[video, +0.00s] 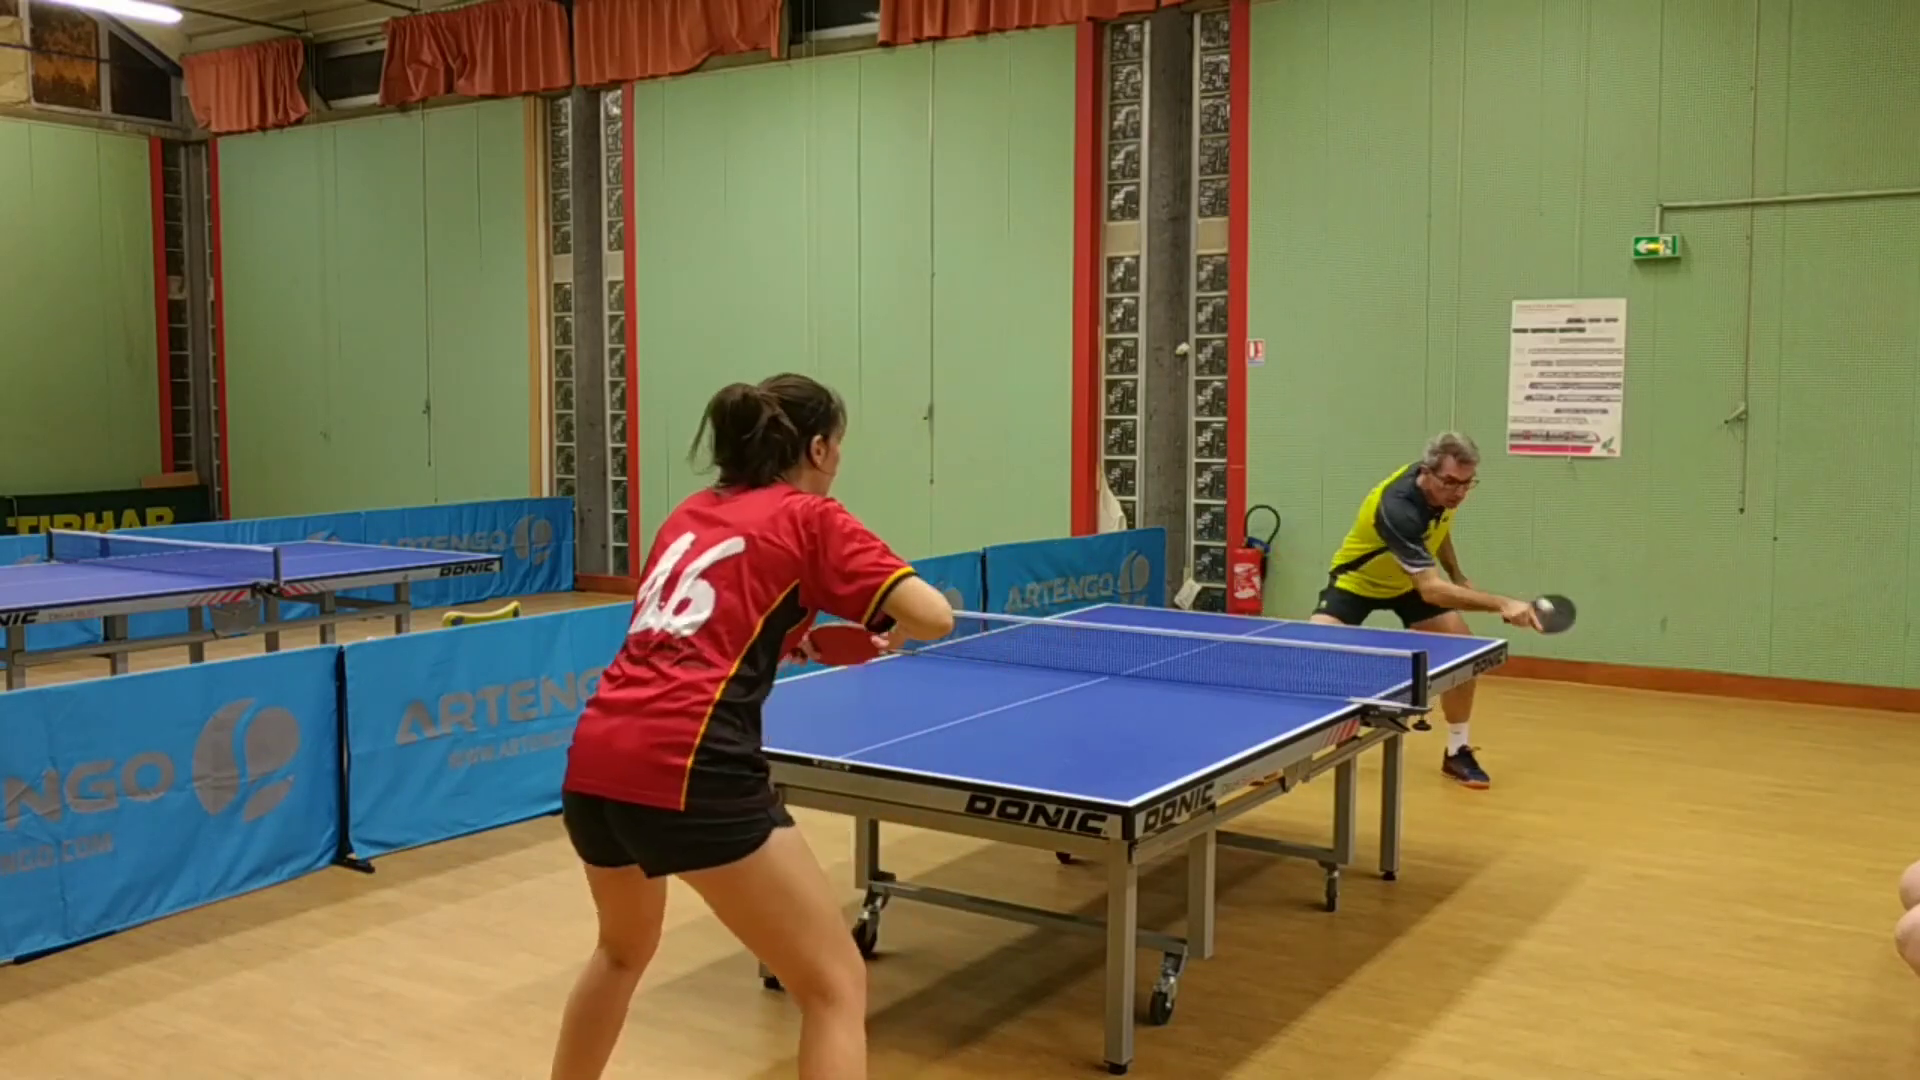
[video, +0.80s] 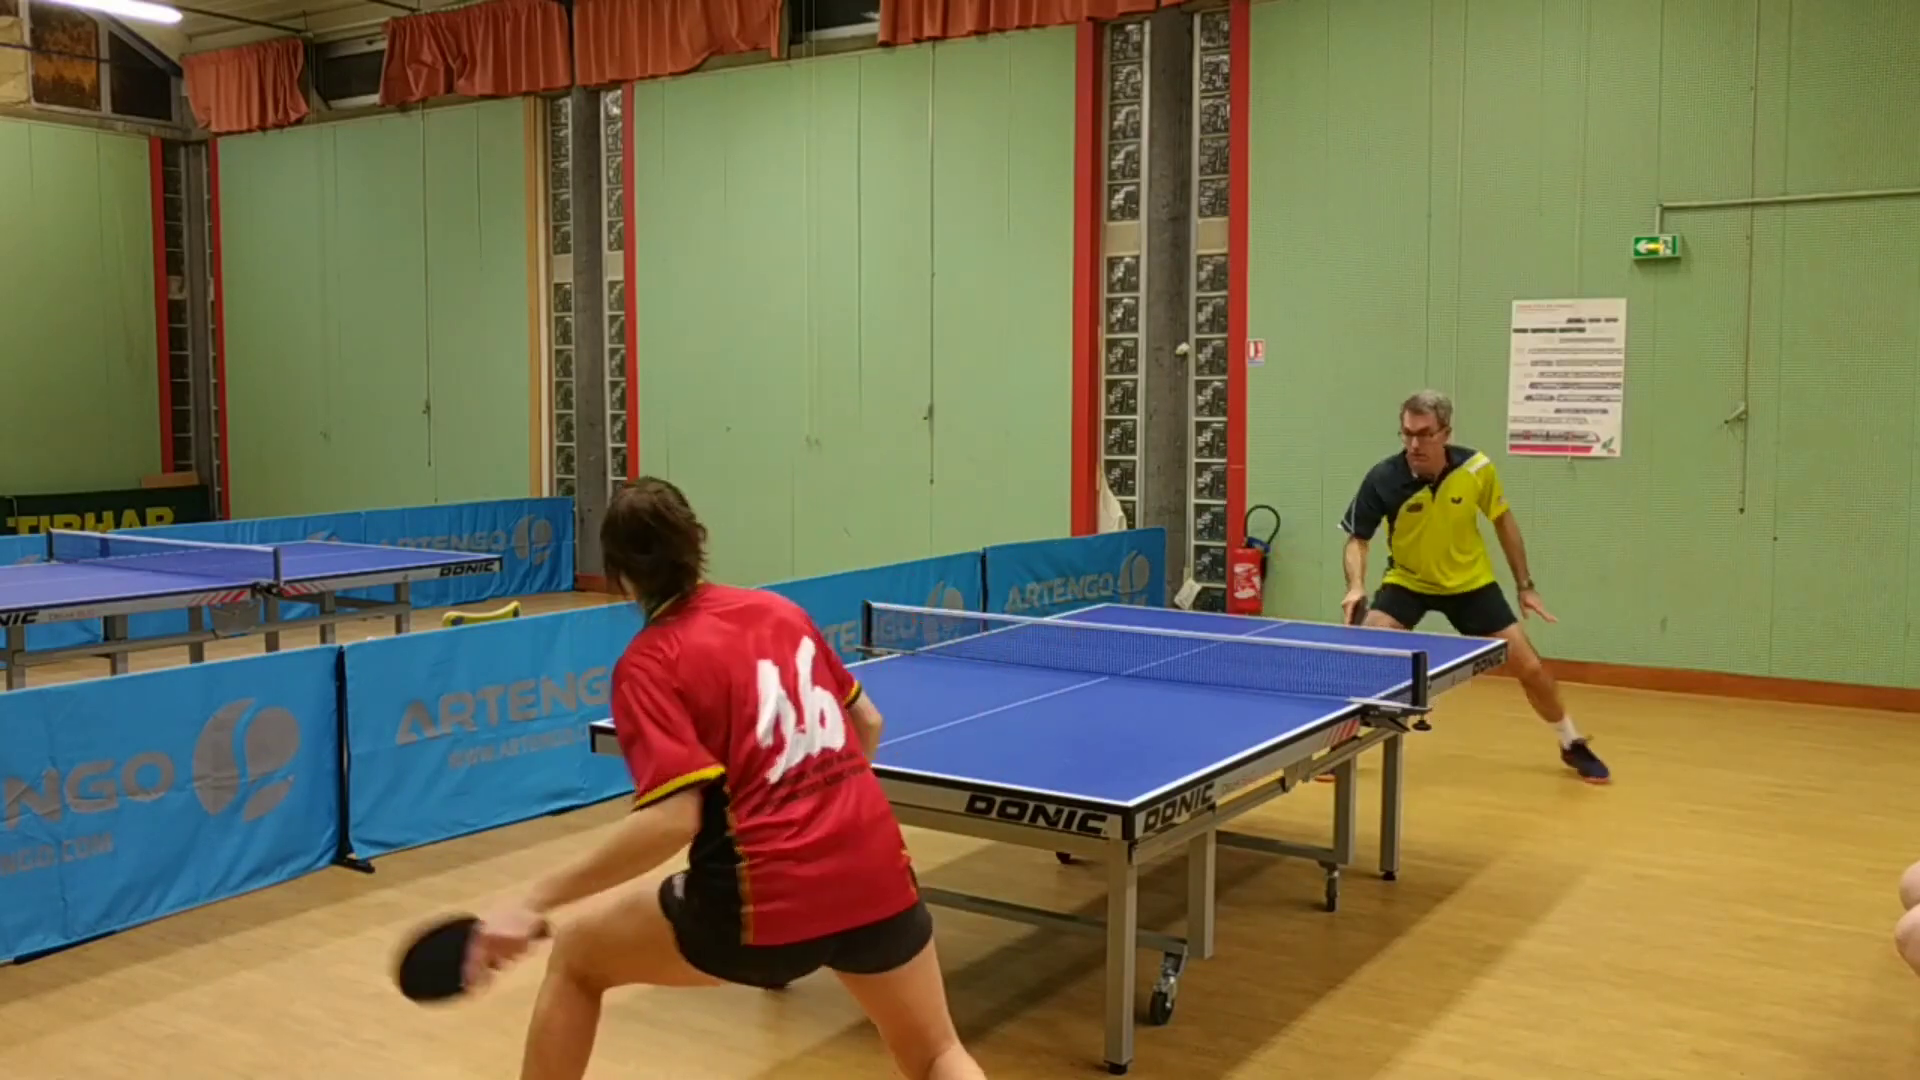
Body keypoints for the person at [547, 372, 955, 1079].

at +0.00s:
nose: (839, 456)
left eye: (839, 442)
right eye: (838, 442)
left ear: (749, 444)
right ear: (819, 448)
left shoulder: (691, 511)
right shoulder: (810, 517)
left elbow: (699, 616)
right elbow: (934, 616)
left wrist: (796, 636)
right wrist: (895, 622)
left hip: (594, 767)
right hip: (693, 775)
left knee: (619, 952)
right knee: (835, 988)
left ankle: (567, 1077)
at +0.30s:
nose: (823, 489)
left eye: (821, 475)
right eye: (821, 477)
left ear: (733, 484)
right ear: (804, 485)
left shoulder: (681, 555)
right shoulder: (811, 559)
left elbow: (721, 682)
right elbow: (936, 652)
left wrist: (815, 684)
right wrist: (927, 680)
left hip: (599, 815)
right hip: (708, 820)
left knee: (623, 957)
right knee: (875, 987)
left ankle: (558, 1075)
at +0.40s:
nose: (798, 487)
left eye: (798, 476)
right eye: (797, 476)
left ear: (704, 489)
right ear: (783, 484)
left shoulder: (652, 566)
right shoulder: (819, 564)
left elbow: (592, 707)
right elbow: (935, 666)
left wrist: (642, 761)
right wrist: (896, 714)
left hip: (635, 814)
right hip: (754, 818)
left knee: (615, 961)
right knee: (884, 987)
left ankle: (557, 1074)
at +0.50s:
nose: (777, 489)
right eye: (775, 481)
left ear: (686, 498)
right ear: (766, 490)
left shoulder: (647, 586)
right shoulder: (828, 569)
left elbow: (595, 725)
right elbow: (923, 687)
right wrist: (864, 763)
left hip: (696, 838)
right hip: (822, 829)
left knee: (620, 959)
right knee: (904, 993)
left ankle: (566, 1076)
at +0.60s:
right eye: (752, 507)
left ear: (666, 535)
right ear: (748, 523)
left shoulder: (665, 627)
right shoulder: (819, 604)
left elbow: (652, 770)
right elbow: (884, 731)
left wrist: (540, 871)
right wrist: (836, 815)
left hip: (744, 895)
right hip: (864, 882)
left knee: (607, 961)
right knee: (928, 1053)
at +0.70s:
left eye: (634, 541)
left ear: (642, 561)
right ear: (719, 542)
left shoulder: (669, 653)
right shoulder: (792, 613)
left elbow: (696, 795)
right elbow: (836, 744)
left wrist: (574, 901)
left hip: (777, 907)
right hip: (890, 887)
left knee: (590, 958)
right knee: (935, 1059)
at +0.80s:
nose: (610, 571)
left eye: (610, 559)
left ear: (619, 572)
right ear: (697, 541)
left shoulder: (646, 664)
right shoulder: (775, 609)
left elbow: (672, 818)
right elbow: (866, 724)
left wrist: (535, 901)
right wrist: (814, 805)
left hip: (762, 908)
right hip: (876, 888)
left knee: (576, 954)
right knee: (937, 1054)